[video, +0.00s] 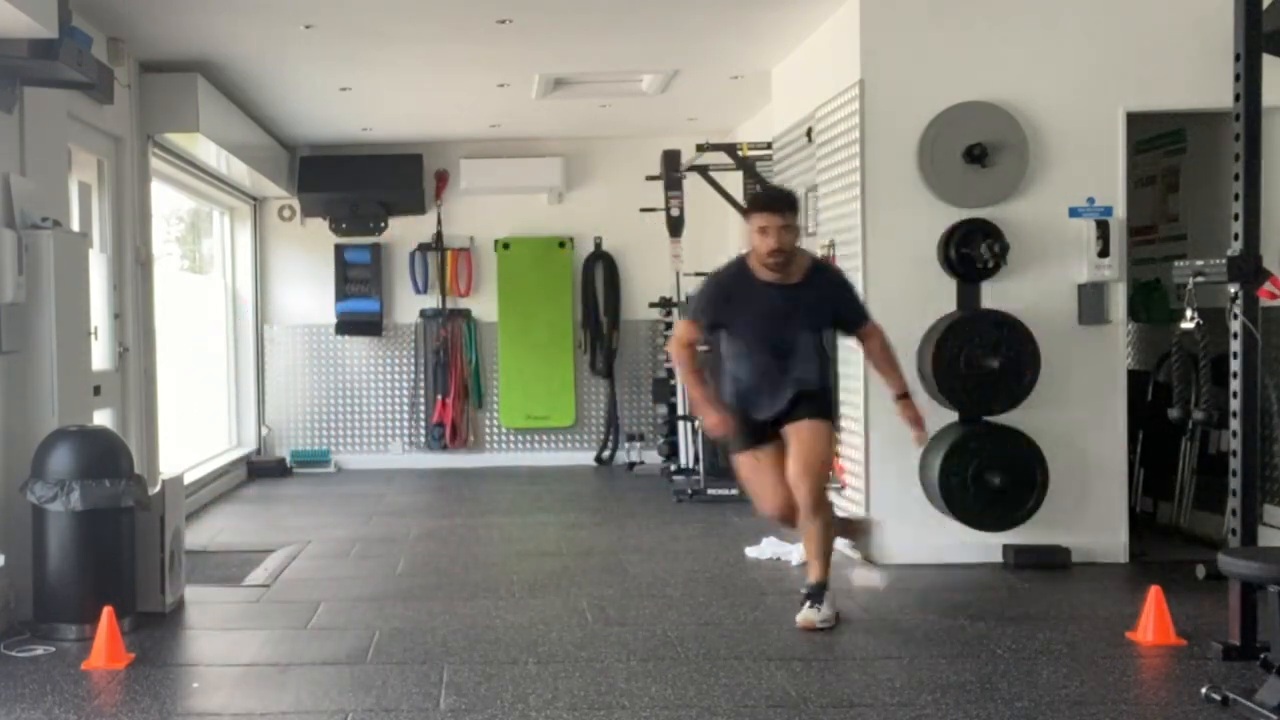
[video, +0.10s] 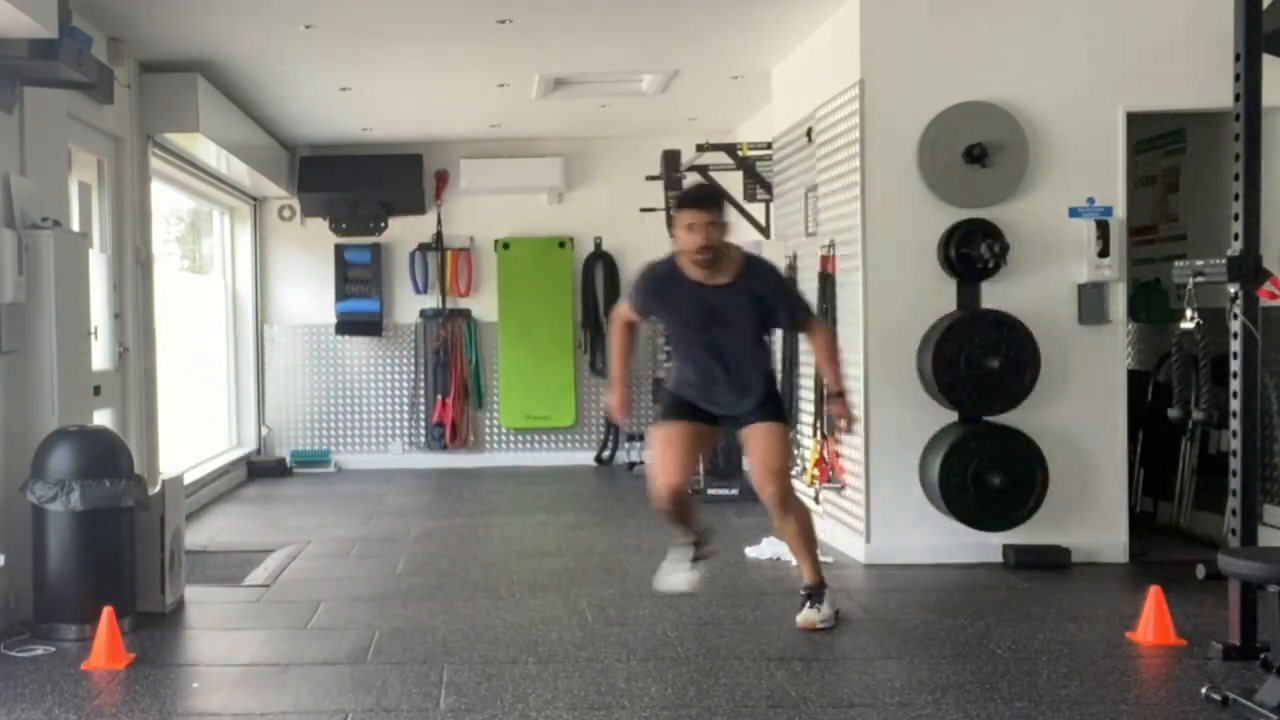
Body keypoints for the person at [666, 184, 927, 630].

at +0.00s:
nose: (774, 243)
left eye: (783, 231)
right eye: (763, 233)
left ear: (796, 230)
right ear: (749, 233)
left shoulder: (823, 280)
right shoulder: (726, 284)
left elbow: (869, 335)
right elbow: (680, 343)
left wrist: (903, 395)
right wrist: (706, 407)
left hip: (806, 398)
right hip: (746, 407)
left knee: (809, 494)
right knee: (777, 507)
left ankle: (816, 594)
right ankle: (849, 528)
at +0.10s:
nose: (701, 239)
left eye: (710, 227)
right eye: (690, 228)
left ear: (724, 227)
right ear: (673, 232)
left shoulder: (759, 276)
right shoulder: (658, 281)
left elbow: (816, 328)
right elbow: (622, 319)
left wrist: (836, 392)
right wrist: (617, 388)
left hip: (754, 396)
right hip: (689, 396)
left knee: (775, 492)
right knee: (665, 488)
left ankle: (815, 588)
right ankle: (693, 538)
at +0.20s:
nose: (622, 228)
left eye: (631, 217)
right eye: (611, 218)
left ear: (646, 216)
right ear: (596, 220)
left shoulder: (684, 267)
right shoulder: (582, 270)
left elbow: (736, 317)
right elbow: (549, 310)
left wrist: (758, 380)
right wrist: (526, 362)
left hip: (685, 388)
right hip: (619, 387)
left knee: (710, 485)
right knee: (586, 471)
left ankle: (792, 570)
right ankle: (594, 578)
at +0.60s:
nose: (355, 238)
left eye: (366, 226)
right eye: (344, 227)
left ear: (383, 226)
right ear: (331, 230)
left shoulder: (413, 286)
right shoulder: (324, 279)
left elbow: (454, 348)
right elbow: (286, 329)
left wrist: (467, 422)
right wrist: (284, 377)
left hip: (401, 398)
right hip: (351, 390)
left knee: (337, 489)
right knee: (292, 491)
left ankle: (341, 599)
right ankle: (359, 550)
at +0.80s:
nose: (244, 258)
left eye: (254, 246)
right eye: (234, 247)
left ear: (270, 246)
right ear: (222, 248)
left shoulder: (308, 301)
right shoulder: (210, 302)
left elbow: (356, 359)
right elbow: (192, 350)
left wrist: (348, 422)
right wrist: (181, 399)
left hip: (304, 407)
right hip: (243, 402)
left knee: (285, 492)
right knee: (193, 493)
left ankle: (320, 585)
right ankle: (155, 600)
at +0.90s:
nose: (208, 266)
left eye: (218, 253)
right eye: (198, 255)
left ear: (234, 253)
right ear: (184, 258)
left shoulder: (276, 304)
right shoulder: (176, 311)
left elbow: (325, 361)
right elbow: (159, 364)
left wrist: (330, 430)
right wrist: (146, 417)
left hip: (277, 407)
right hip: (215, 405)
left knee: (259, 496)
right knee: (165, 493)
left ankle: (301, 585)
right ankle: (152, 601)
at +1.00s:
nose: (185, 264)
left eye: (195, 252)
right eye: (174, 253)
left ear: (212, 249)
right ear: (162, 253)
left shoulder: (258, 297)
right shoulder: (157, 308)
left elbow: (312, 348)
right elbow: (143, 366)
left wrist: (325, 416)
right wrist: (139, 411)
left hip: (267, 401)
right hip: (203, 402)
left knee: (252, 494)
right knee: (163, 491)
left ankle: (294, 580)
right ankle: (151, 599)